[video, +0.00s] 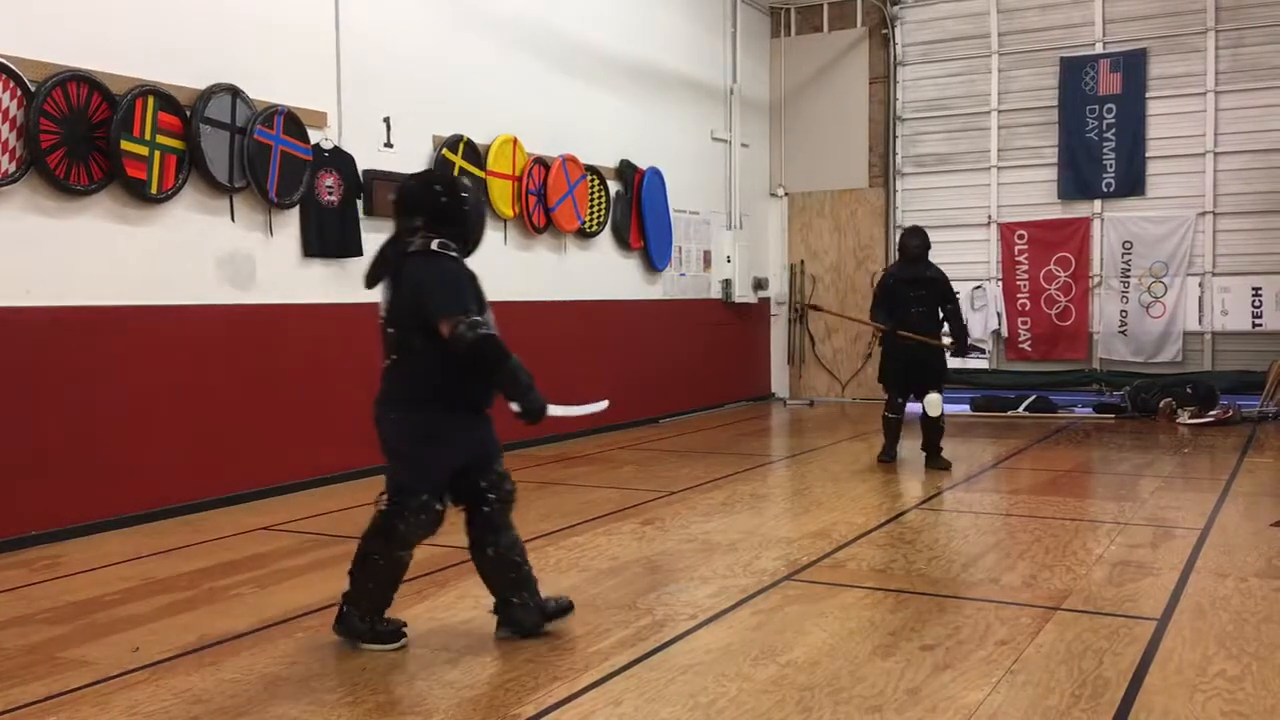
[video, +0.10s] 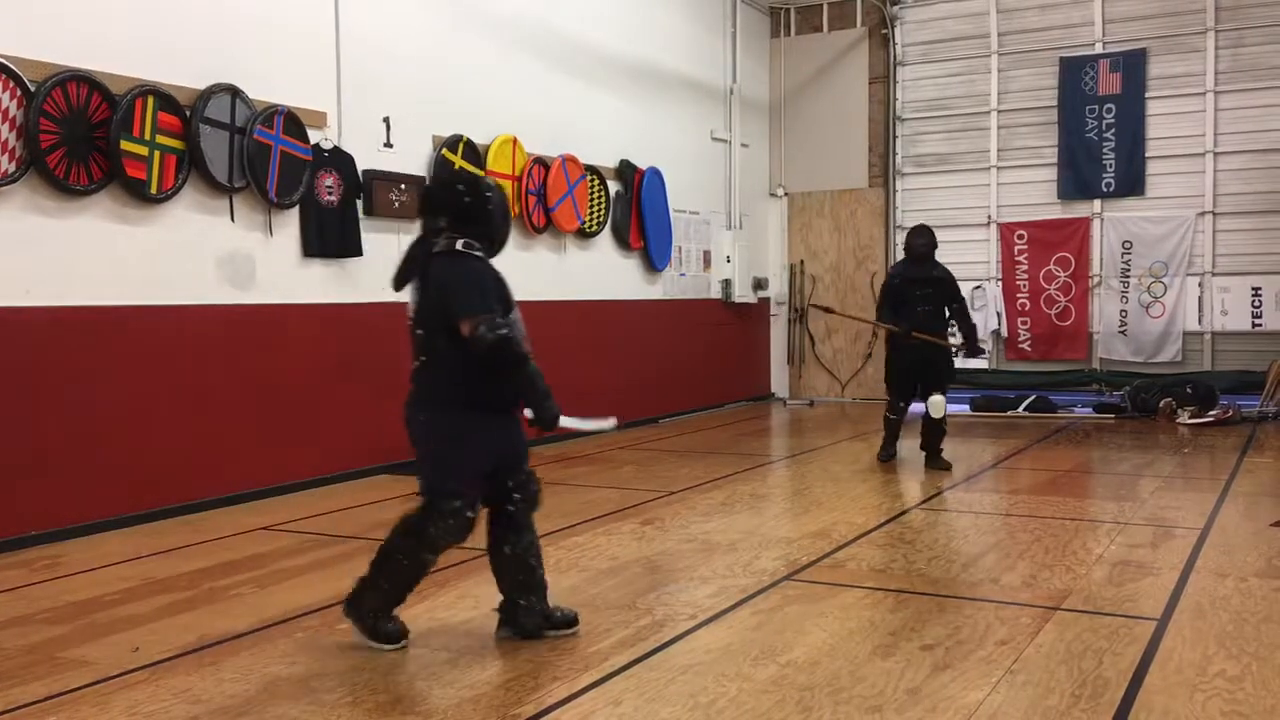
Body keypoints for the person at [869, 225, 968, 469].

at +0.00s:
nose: (913, 254)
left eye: (918, 248)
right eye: (910, 248)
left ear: (924, 248)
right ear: (902, 249)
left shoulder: (936, 276)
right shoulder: (891, 277)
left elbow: (952, 311)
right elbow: (878, 308)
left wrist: (960, 339)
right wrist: (882, 324)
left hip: (929, 348)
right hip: (898, 348)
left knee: (933, 400)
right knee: (896, 399)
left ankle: (933, 454)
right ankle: (889, 447)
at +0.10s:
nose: (921, 254)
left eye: (926, 248)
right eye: (916, 248)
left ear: (933, 248)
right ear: (908, 248)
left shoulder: (942, 276)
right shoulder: (896, 276)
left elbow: (959, 310)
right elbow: (883, 312)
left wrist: (971, 341)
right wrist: (896, 326)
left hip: (935, 347)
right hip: (902, 347)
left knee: (936, 400)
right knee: (899, 400)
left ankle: (933, 455)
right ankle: (889, 444)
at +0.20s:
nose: (925, 254)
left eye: (930, 248)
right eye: (920, 248)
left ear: (938, 247)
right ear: (913, 247)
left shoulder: (948, 274)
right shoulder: (901, 275)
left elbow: (968, 309)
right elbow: (888, 311)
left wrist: (979, 338)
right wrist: (903, 328)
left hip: (940, 348)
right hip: (907, 348)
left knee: (938, 402)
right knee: (903, 401)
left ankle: (933, 455)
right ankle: (894, 440)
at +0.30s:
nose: (930, 251)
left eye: (935, 246)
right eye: (925, 246)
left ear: (944, 245)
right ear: (917, 245)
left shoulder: (953, 272)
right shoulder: (906, 272)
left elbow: (972, 306)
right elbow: (892, 308)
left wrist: (982, 336)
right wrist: (904, 326)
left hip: (943, 347)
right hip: (911, 346)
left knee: (939, 403)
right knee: (908, 400)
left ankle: (934, 455)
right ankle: (903, 447)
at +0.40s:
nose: (935, 252)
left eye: (940, 246)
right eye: (930, 246)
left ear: (948, 245)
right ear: (921, 244)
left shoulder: (956, 273)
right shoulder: (909, 272)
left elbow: (975, 306)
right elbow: (895, 308)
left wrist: (985, 337)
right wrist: (905, 330)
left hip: (946, 347)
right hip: (916, 347)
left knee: (940, 403)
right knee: (917, 403)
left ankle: (934, 454)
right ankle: (914, 455)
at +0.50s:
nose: (937, 254)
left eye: (942, 248)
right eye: (932, 248)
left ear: (950, 246)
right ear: (924, 245)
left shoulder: (959, 274)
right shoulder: (913, 274)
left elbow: (978, 308)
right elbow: (897, 309)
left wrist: (990, 338)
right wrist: (905, 332)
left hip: (950, 346)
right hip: (920, 346)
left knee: (944, 401)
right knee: (925, 399)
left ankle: (936, 452)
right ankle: (928, 454)